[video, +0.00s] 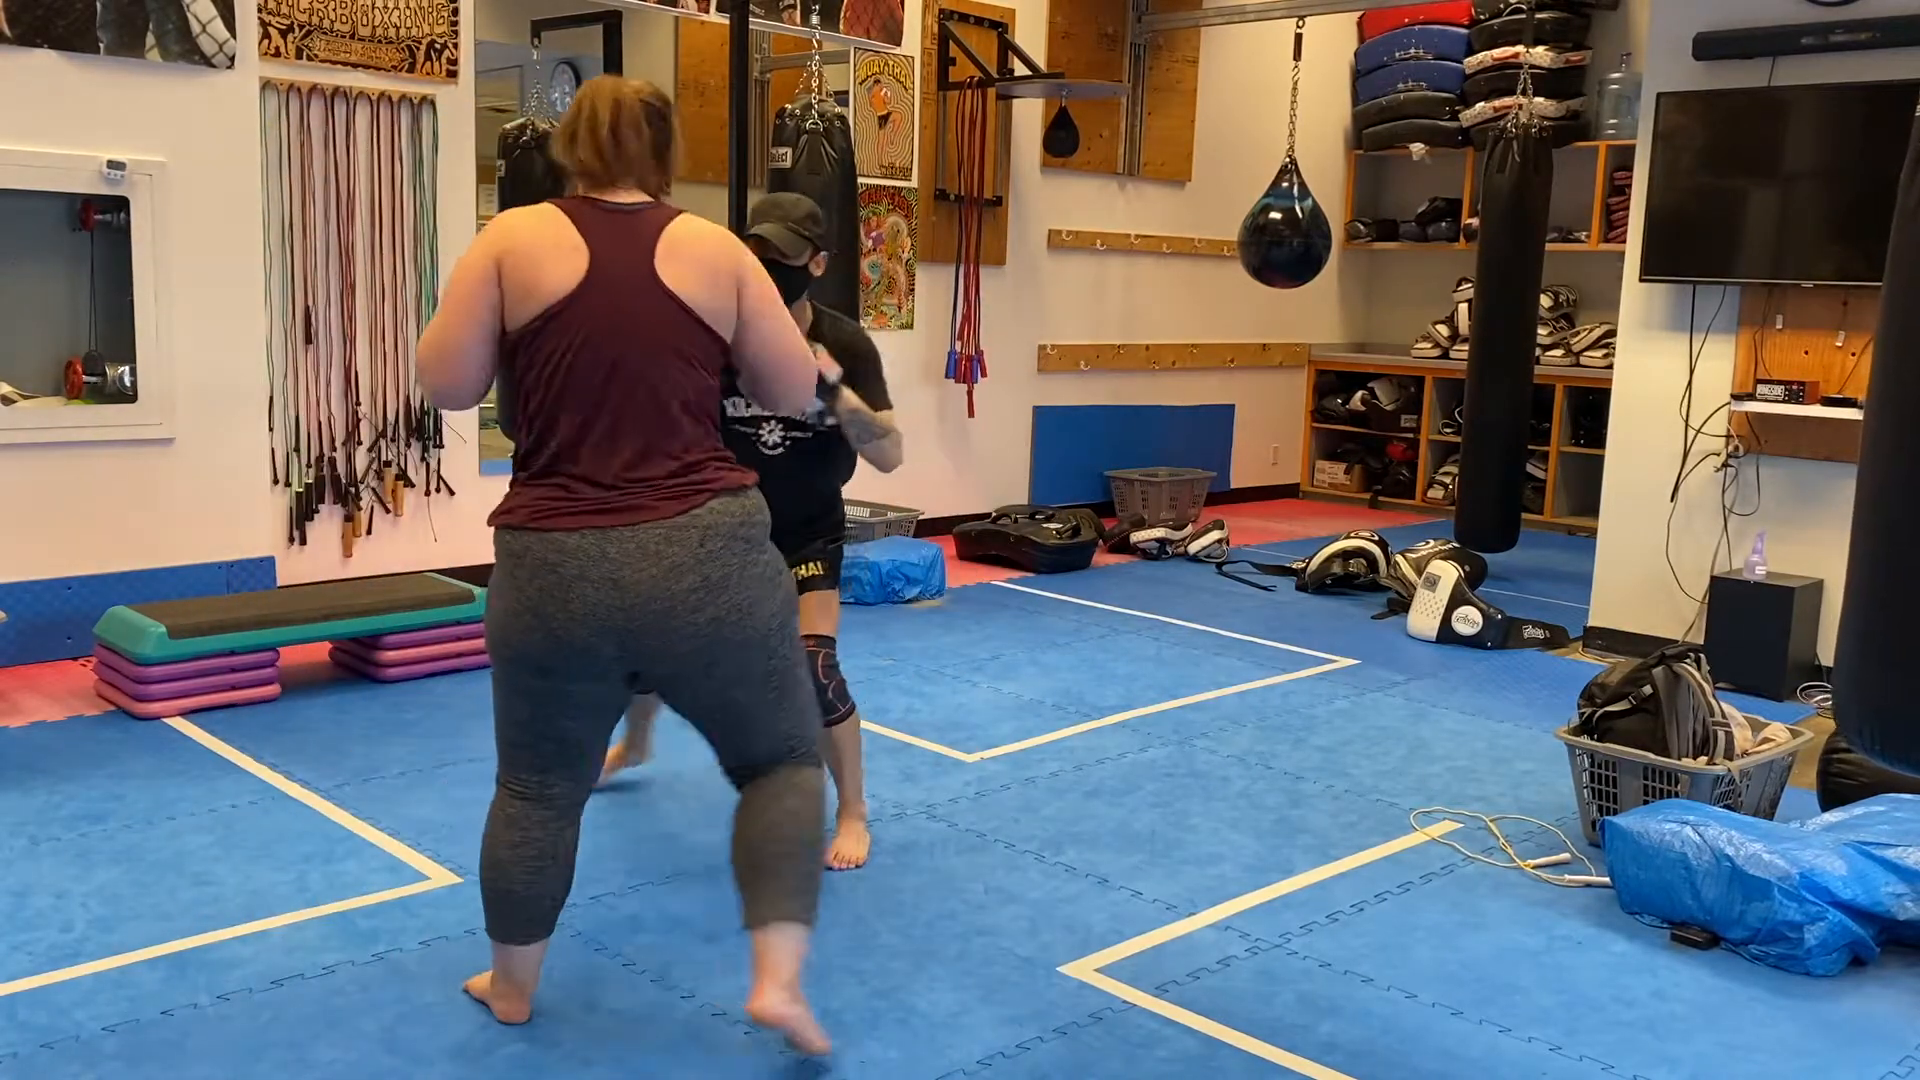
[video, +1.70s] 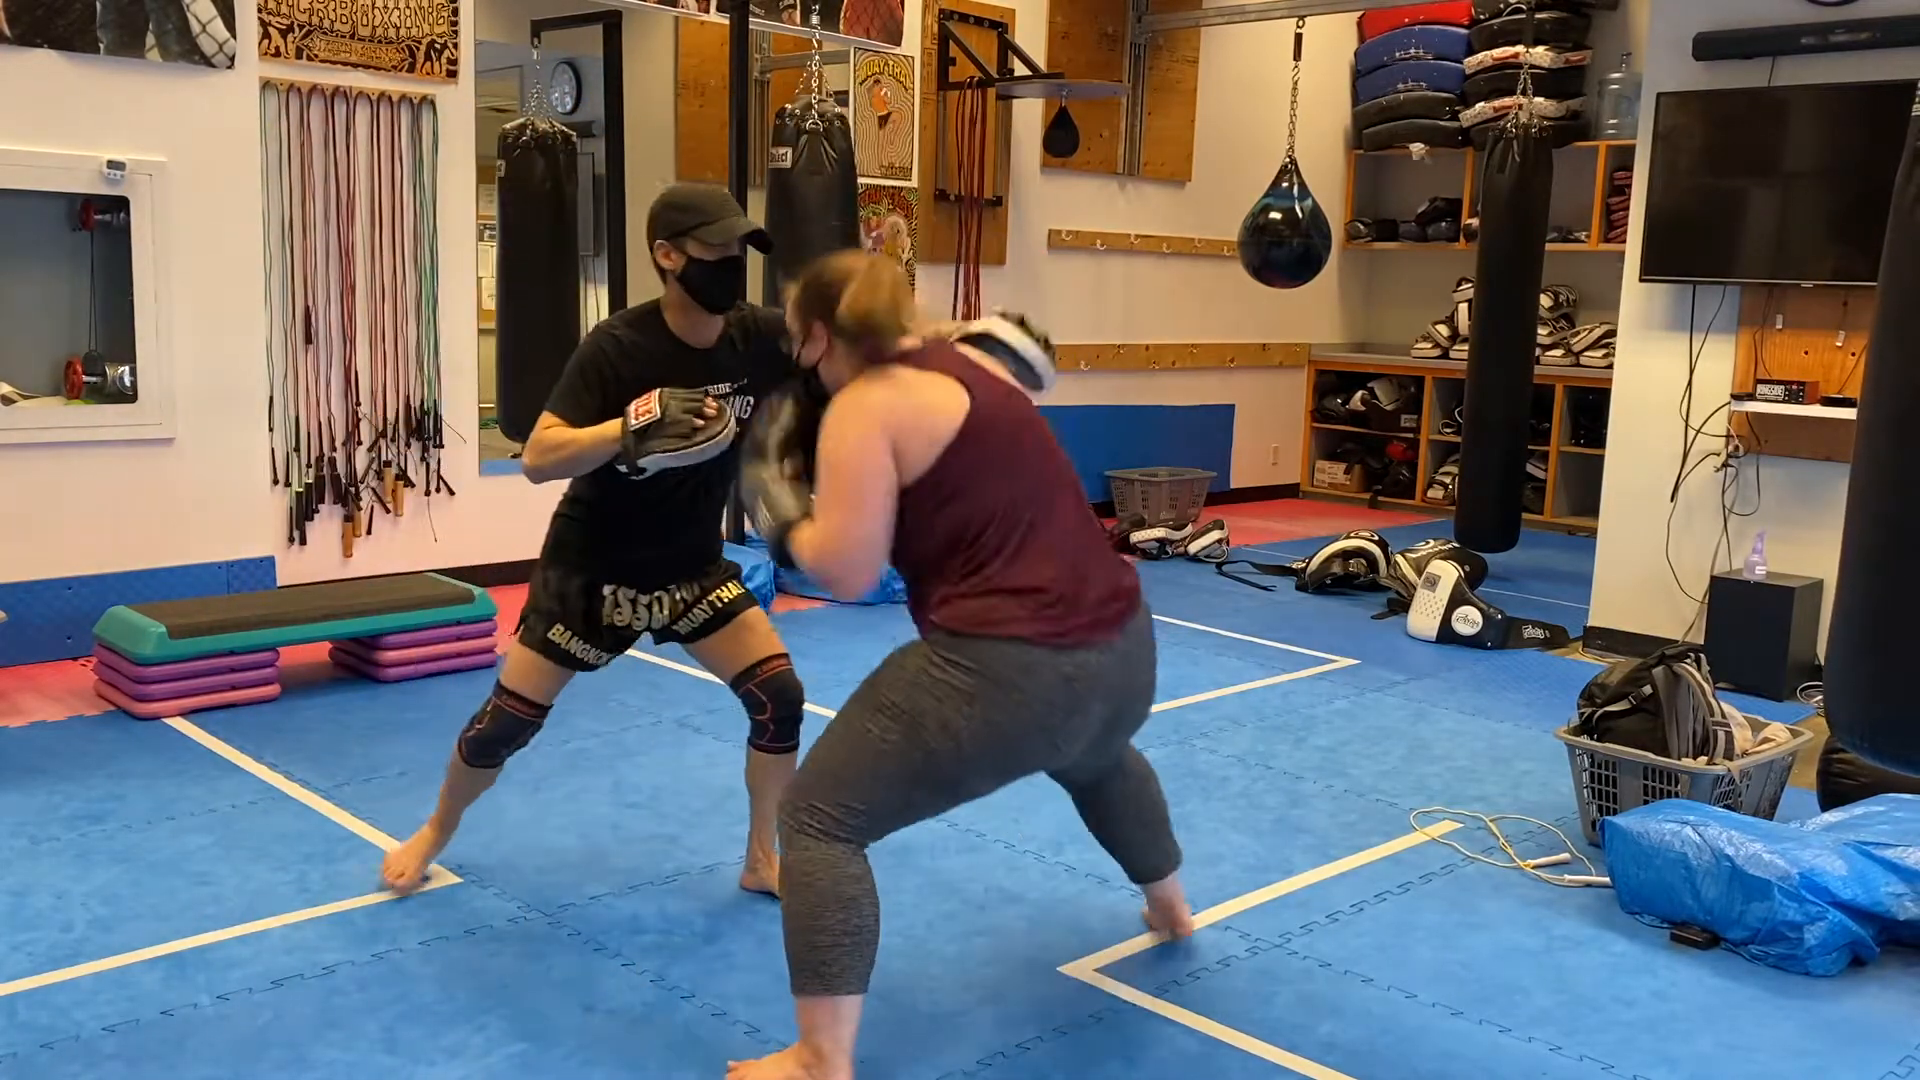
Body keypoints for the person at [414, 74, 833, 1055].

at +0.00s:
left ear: (569, 154)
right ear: (664, 155)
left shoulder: (506, 242)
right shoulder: (715, 250)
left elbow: (448, 381)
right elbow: (793, 388)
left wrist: (525, 314)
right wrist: (719, 332)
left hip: (551, 570)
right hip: (706, 561)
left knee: (538, 785)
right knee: (778, 762)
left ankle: (512, 983)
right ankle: (778, 975)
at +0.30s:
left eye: (669, 171)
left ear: (675, 180)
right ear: (778, 182)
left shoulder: (624, 280)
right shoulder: (835, 278)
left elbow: (570, 425)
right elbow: (910, 413)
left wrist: (643, 366)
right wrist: (828, 349)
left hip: (677, 603)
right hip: (837, 586)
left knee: (603, 799)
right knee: (876, 812)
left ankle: (525, 980)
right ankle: (923, 1049)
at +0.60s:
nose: (773, 154)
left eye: (779, 140)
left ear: (790, 148)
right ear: (890, 149)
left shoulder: (742, 255)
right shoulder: (946, 248)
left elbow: (687, 413)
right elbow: (977, 365)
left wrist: (748, 348)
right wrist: (890, 320)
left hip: (771, 579)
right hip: (927, 572)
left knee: (705, 783)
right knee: (915, 819)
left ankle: (685, 1001)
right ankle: (929, 1058)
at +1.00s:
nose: (800, 147)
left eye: (809, 133)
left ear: (815, 145)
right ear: (907, 150)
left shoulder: (763, 249)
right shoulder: (959, 259)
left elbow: (691, 393)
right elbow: (980, 396)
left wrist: (644, 346)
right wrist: (877, 353)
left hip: (803, 592)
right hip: (953, 590)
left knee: (759, 819)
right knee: (991, 768)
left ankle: (735, 1043)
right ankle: (1048, 980)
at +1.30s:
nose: (878, 193)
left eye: (881, 177)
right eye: (879, 178)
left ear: (908, 179)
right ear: (992, 175)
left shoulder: (894, 278)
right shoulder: (1052, 273)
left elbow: (837, 436)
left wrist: (804, 337)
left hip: (925, 594)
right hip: (1061, 575)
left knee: (815, 806)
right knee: (1067, 795)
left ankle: (758, 1030)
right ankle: (1115, 1002)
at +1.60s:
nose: (809, 276)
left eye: (812, 257)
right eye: (805, 257)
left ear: (841, 256)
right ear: (918, 247)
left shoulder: (853, 346)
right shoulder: (988, 311)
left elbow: (797, 503)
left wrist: (762, 425)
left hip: (969, 638)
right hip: (1098, 623)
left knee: (825, 817)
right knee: (1067, 741)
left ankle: (823, 1055)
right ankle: (1136, 931)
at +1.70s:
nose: (802, 356)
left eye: (803, 339)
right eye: (800, 339)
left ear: (827, 338)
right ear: (888, 317)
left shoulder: (865, 410)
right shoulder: (973, 359)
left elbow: (847, 572)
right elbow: (1023, 349)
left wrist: (785, 507)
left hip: (1003, 672)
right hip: (1121, 651)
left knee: (819, 814)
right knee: (1093, 755)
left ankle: (823, 1055)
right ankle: (1171, 906)